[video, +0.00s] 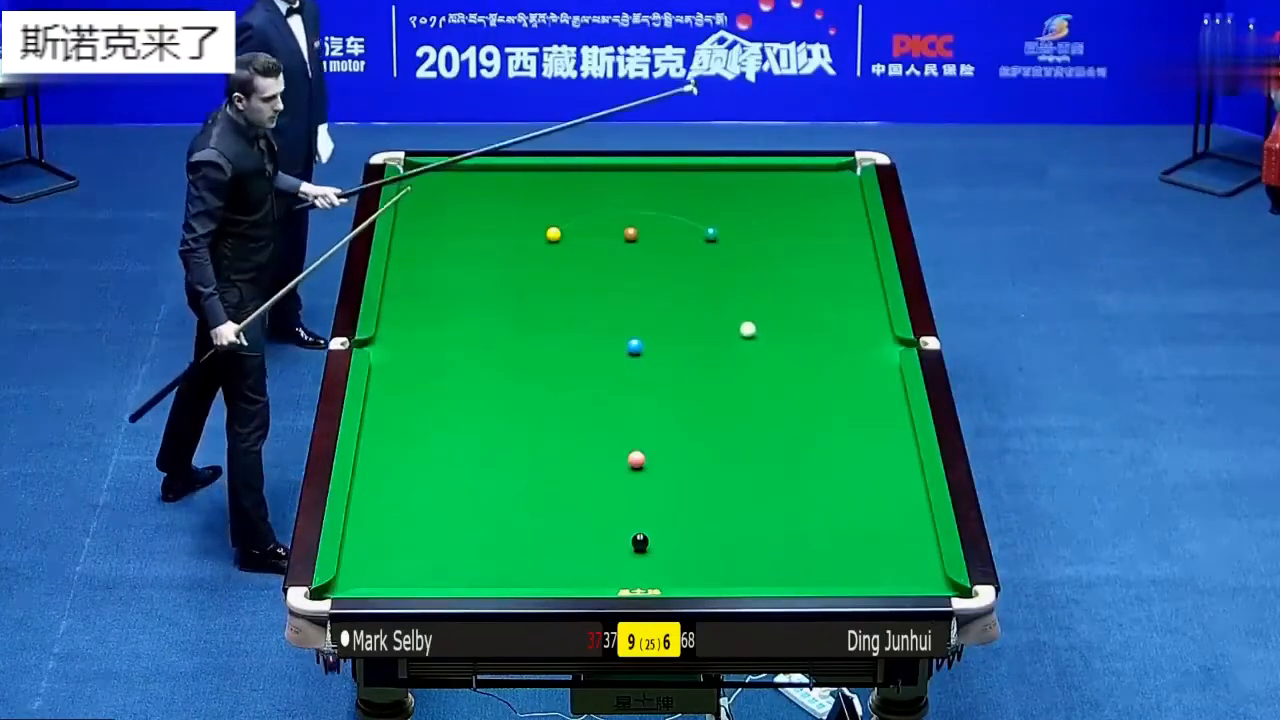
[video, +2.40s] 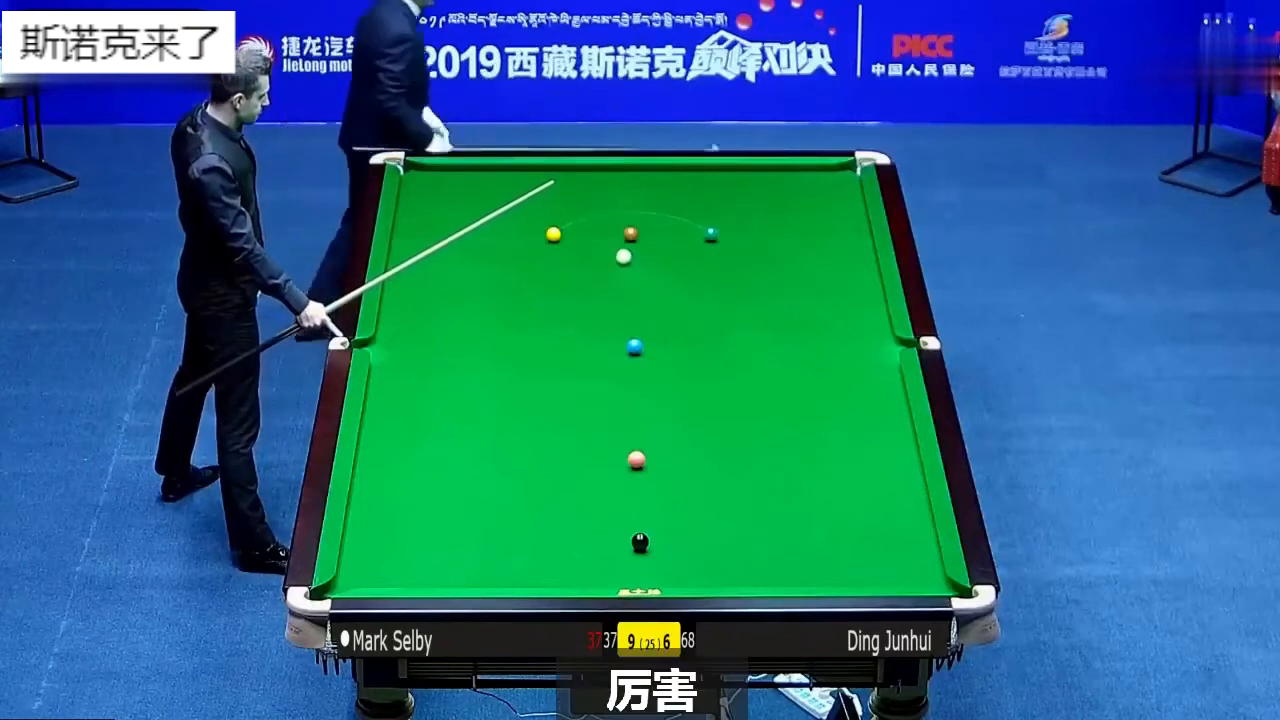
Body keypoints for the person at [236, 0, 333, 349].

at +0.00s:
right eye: (270, 97)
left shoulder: (308, 10)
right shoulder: (253, 24)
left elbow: (317, 72)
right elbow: (246, 94)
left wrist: (321, 125)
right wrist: (256, 144)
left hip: (302, 148)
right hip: (272, 153)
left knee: (295, 235)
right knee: (277, 238)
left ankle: (284, 317)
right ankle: (281, 320)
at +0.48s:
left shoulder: (323, 17)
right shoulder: (273, 35)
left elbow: (330, 77)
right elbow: (273, 102)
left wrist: (341, 127)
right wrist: (303, 135)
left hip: (315, 155)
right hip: (286, 162)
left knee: (304, 256)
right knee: (294, 263)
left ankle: (299, 336)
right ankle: (300, 368)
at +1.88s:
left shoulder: (336, 27)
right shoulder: (313, 37)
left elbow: (351, 81)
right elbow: (310, 102)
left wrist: (382, 104)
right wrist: (358, 131)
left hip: (336, 160)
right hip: (318, 166)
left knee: (332, 253)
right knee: (324, 257)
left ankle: (319, 349)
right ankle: (312, 368)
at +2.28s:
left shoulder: (374, 14)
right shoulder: (361, 24)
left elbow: (387, 67)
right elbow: (348, 92)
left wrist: (418, 104)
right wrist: (388, 129)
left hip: (362, 140)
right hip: (346, 144)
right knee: (340, 227)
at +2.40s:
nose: (435, 1)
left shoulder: (391, 16)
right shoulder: (395, 26)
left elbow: (401, 82)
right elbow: (389, 98)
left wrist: (423, 112)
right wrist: (426, 138)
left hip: (372, 142)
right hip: (375, 146)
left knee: (363, 227)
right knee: (361, 229)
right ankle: (317, 312)